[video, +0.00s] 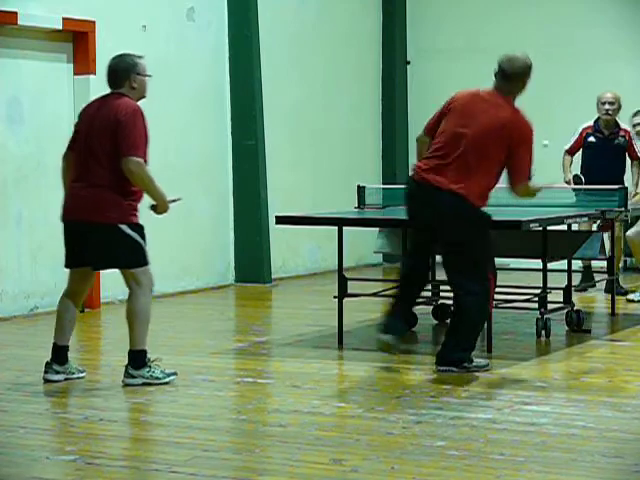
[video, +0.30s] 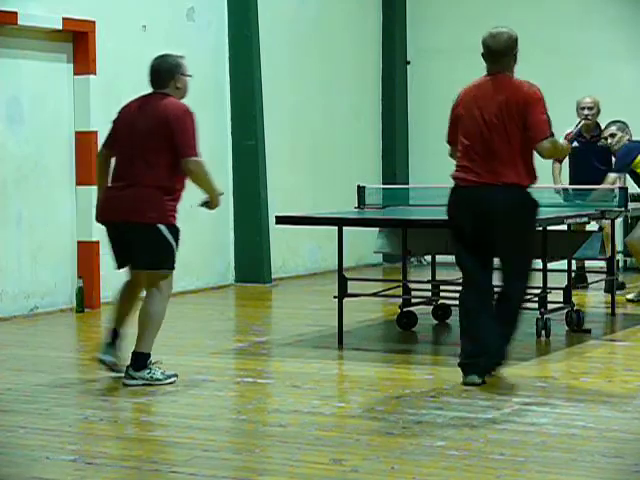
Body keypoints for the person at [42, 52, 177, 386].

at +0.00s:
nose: (148, 82)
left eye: (147, 77)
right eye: (145, 77)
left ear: (117, 81)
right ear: (132, 80)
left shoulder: (90, 109)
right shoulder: (130, 110)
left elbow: (69, 159)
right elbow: (132, 163)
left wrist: (74, 200)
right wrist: (159, 198)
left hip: (77, 214)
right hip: (114, 215)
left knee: (76, 288)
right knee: (141, 283)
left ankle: (58, 363)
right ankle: (138, 365)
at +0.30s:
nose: (188, 82)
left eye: (188, 77)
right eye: (186, 77)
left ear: (156, 80)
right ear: (176, 80)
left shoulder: (130, 109)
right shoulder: (178, 111)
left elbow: (104, 155)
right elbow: (190, 163)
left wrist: (104, 196)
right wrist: (213, 192)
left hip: (115, 210)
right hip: (152, 213)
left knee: (137, 277)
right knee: (160, 288)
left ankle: (112, 344)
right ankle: (139, 365)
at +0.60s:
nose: (232, 95)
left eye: (231, 90)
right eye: (229, 91)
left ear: (198, 96)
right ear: (220, 95)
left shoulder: (177, 123)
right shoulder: (222, 125)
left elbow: (153, 171)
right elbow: (233, 177)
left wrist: (160, 206)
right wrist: (252, 202)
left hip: (161, 223)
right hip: (198, 223)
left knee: (188, 284)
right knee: (244, 280)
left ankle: (181, 356)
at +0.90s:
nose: (289, 113)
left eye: (288, 108)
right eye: (286, 108)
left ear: (257, 111)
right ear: (275, 112)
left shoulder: (233, 135)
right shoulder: (277, 143)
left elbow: (201, 173)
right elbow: (293, 191)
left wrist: (191, 206)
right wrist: (332, 220)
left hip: (216, 236)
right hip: (257, 239)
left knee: (221, 294)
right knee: (317, 286)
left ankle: (185, 358)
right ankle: (327, 361)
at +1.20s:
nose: (331, 111)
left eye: (330, 105)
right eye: (330, 106)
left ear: (298, 107)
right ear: (322, 111)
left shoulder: (271, 124)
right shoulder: (318, 139)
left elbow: (234, 155)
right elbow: (326, 189)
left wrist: (226, 192)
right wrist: (346, 218)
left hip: (245, 229)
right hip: (288, 233)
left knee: (230, 288)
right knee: (339, 285)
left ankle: (192, 345)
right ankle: (330, 360)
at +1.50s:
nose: (329, 116)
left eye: (330, 110)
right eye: (329, 110)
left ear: (300, 104)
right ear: (317, 107)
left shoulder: (269, 122)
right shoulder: (298, 127)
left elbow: (228, 157)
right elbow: (270, 156)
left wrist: (205, 189)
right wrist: (260, 185)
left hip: (237, 221)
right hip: (277, 223)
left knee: (225, 292)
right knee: (325, 282)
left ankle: (190, 355)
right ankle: (328, 361)